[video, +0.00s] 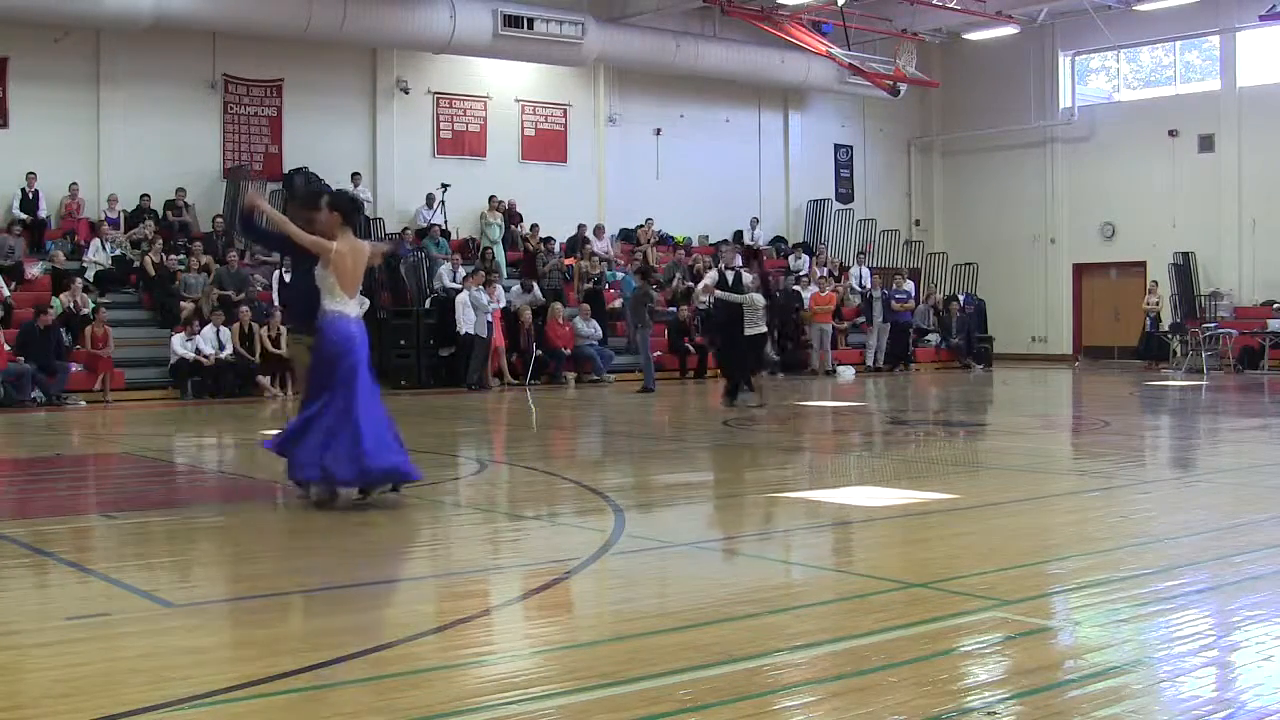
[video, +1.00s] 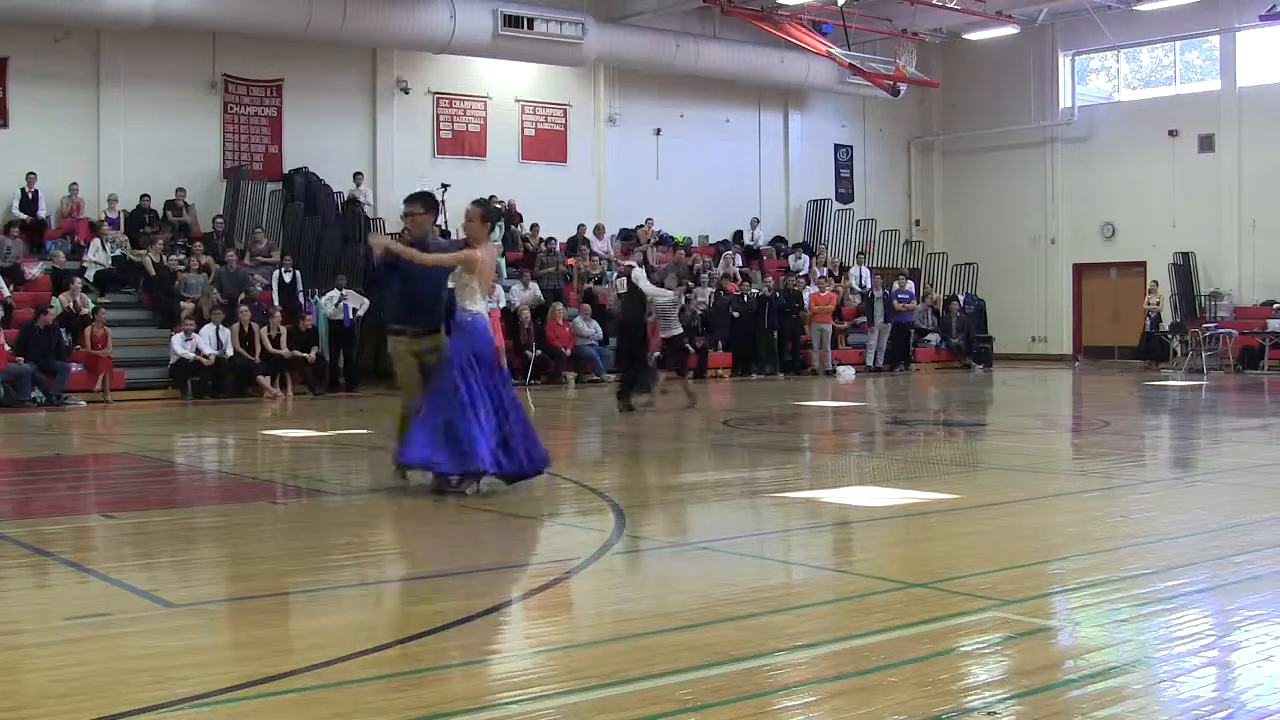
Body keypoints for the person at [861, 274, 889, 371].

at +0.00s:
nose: (874, 280)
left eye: (876, 278)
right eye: (873, 278)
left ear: (880, 281)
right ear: (871, 281)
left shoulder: (886, 294)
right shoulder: (867, 294)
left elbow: (889, 307)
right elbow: (866, 309)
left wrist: (888, 320)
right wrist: (868, 322)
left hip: (884, 322)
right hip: (873, 322)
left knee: (882, 344)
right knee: (871, 344)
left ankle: (879, 364)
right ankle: (869, 363)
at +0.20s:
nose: (874, 281)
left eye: (877, 279)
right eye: (873, 279)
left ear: (881, 281)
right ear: (871, 281)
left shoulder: (886, 294)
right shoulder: (868, 294)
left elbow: (890, 308)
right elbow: (866, 310)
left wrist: (889, 320)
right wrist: (869, 323)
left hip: (885, 322)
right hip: (874, 322)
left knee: (882, 345)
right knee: (871, 344)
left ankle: (879, 364)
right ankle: (869, 363)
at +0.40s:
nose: (875, 280)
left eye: (877, 278)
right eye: (874, 278)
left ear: (881, 281)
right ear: (872, 281)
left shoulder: (886, 293)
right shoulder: (868, 294)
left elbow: (890, 308)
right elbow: (867, 309)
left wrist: (890, 320)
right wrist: (869, 322)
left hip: (885, 322)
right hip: (874, 323)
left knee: (882, 345)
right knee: (871, 344)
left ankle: (879, 364)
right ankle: (869, 364)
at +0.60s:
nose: (875, 280)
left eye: (877, 278)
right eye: (874, 278)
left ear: (881, 281)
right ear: (872, 281)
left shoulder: (887, 293)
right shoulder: (868, 294)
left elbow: (890, 308)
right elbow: (867, 309)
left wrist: (890, 320)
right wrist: (869, 322)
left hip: (885, 322)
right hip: (874, 322)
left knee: (882, 345)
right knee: (871, 344)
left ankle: (879, 364)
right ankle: (869, 364)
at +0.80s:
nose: (876, 281)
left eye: (878, 279)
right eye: (875, 279)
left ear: (882, 281)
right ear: (873, 281)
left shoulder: (887, 293)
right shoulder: (869, 294)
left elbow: (890, 308)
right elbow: (867, 310)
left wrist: (890, 320)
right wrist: (870, 323)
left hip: (885, 323)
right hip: (874, 323)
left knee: (882, 345)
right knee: (871, 344)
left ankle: (879, 364)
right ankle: (869, 363)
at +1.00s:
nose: (876, 281)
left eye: (878, 279)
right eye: (875, 279)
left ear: (882, 281)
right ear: (873, 281)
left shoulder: (887, 293)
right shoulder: (869, 294)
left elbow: (890, 308)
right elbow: (867, 310)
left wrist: (890, 320)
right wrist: (870, 323)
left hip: (885, 323)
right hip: (874, 323)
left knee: (882, 345)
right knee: (871, 344)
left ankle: (879, 364)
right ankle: (869, 363)